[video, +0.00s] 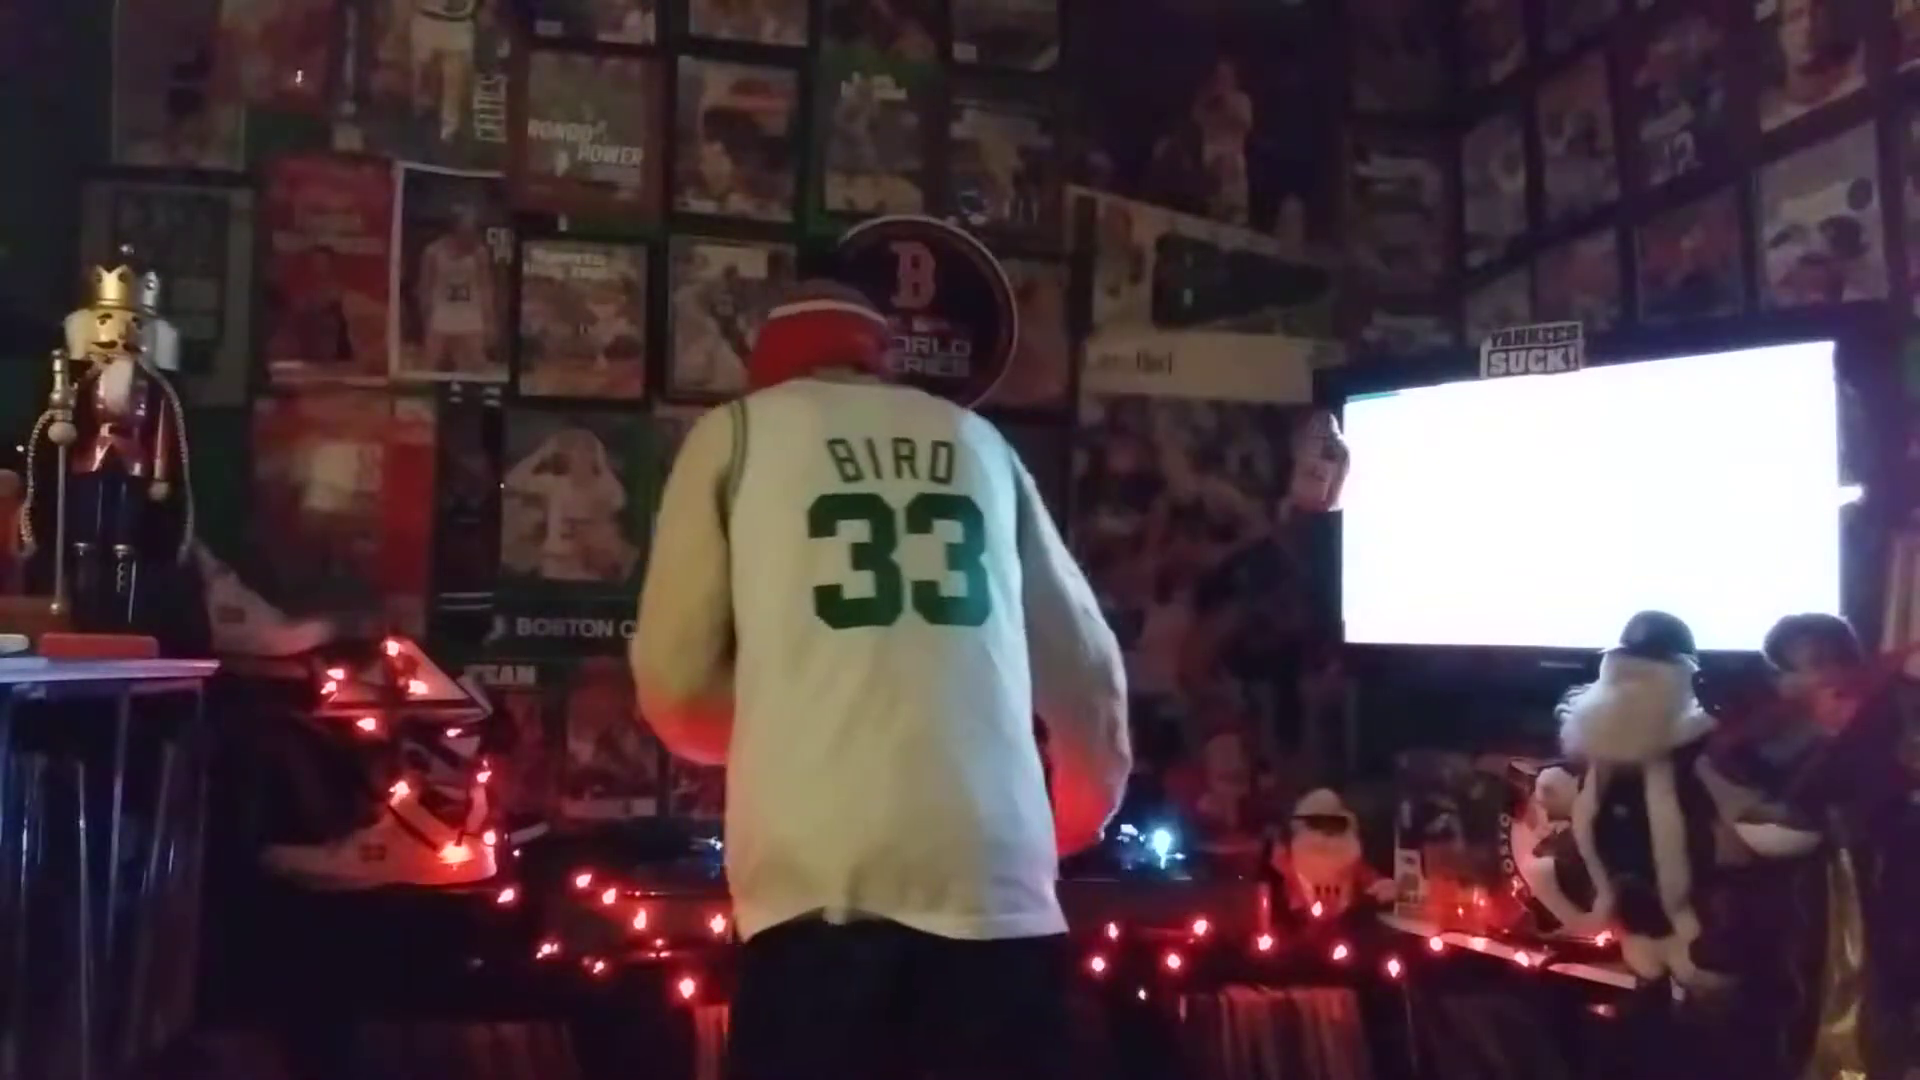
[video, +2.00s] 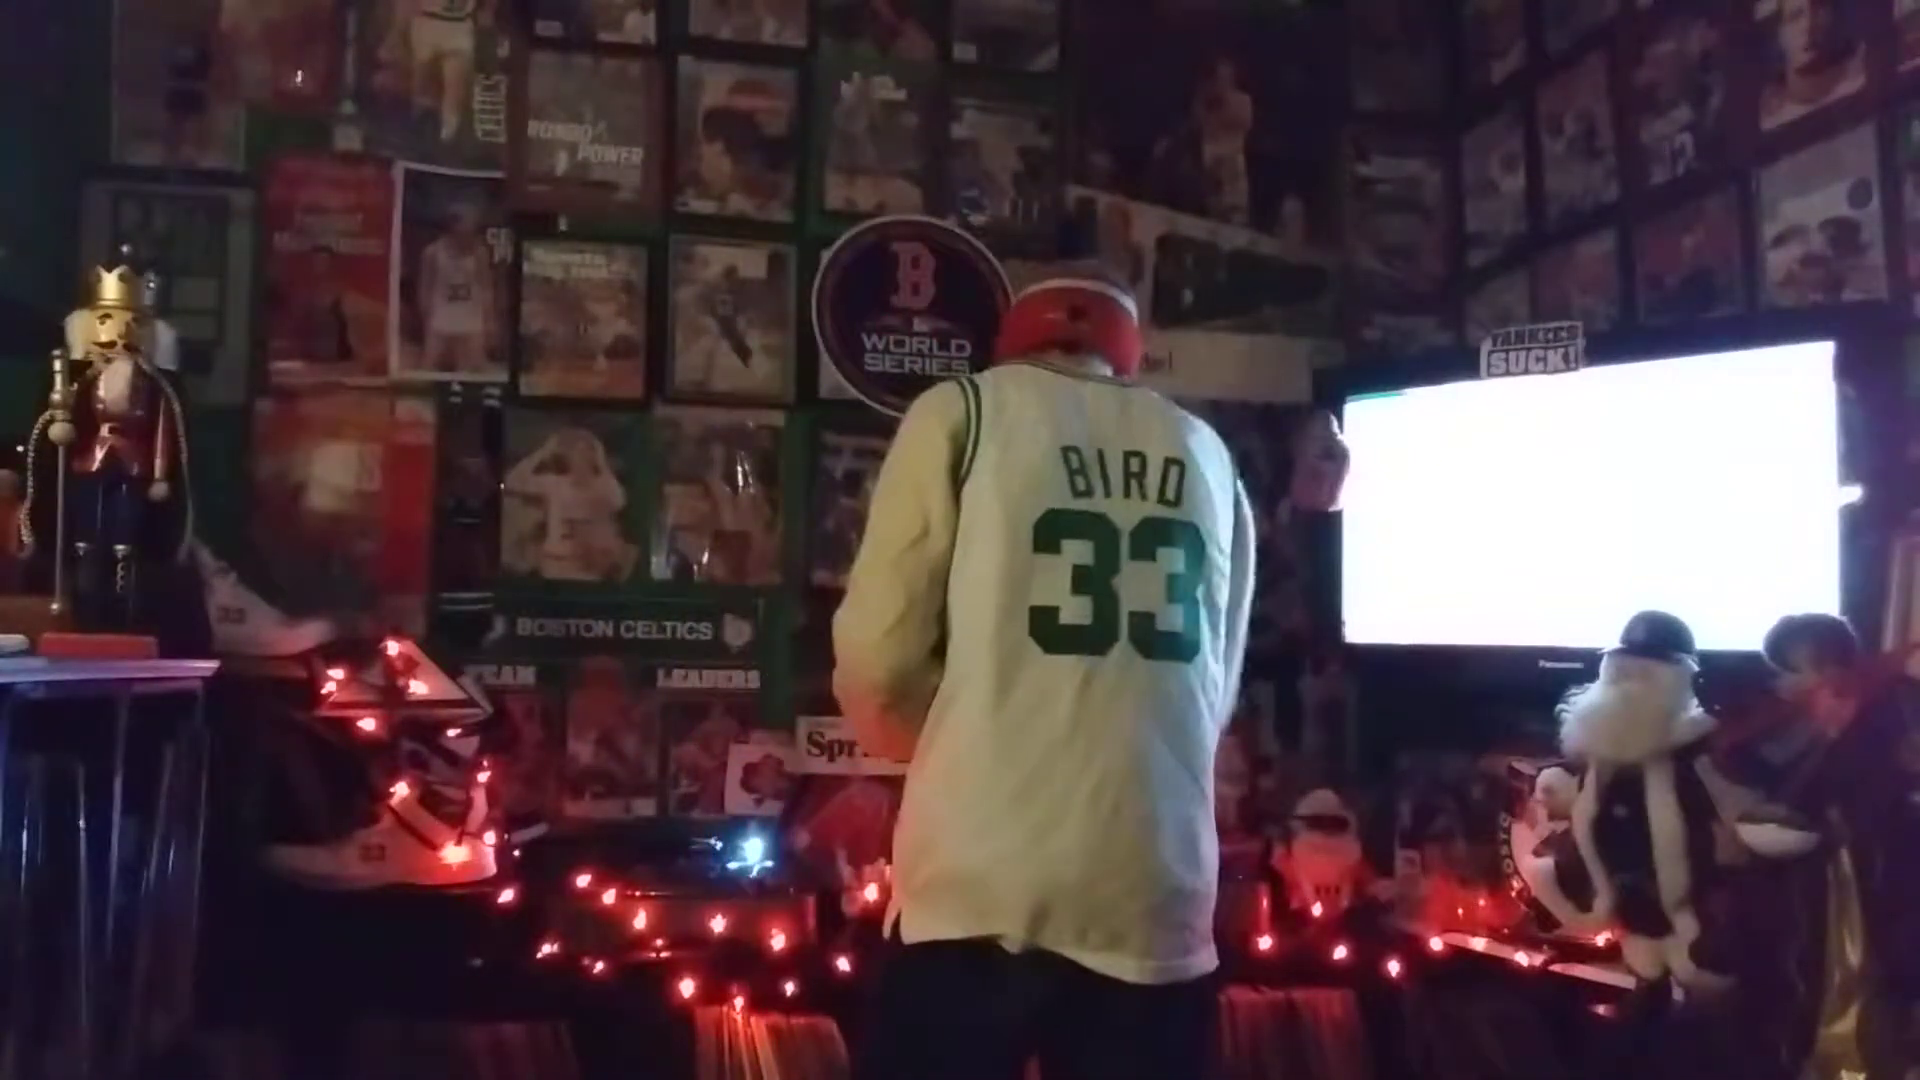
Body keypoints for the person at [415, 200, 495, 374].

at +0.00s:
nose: (467, 235)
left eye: (470, 231)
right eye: (463, 230)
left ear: (475, 230)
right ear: (454, 229)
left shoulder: (479, 252)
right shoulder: (434, 252)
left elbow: (486, 290)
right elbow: (425, 288)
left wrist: (489, 323)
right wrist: (427, 318)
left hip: (471, 326)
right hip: (440, 326)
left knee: (473, 376)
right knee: (436, 376)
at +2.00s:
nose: (465, 235)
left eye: (469, 230)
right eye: (461, 229)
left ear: (475, 229)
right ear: (452, 227)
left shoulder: (481, 252)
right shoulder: (433, 253)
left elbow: (488, 290)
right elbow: (425, 288)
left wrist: (490, 323)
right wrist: (427, 315)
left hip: (472, 328)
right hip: (440, 327)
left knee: (472, 379)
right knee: (433, 379)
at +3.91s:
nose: (468, 236)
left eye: (472, 230)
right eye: (464, 230)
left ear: (477, 229)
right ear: (454, 228)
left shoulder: (481, 252)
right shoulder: (434, 253)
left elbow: (488, 290)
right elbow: (425, 287)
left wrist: (490, 324)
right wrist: (426, 317)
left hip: (472, 327)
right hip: (440, 327)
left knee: (473, 380)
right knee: (434, 379)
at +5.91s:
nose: (467, 236)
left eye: (471, 231)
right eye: (463, 231)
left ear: (476, 231)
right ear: (453, 229)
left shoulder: (481, 253)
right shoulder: (434, 253)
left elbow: (486, 291)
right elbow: (425, 288)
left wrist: (490, 324)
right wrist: (427, 317)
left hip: (471, 324)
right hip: (441, 323)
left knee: (474, 375)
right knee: (433, 376)